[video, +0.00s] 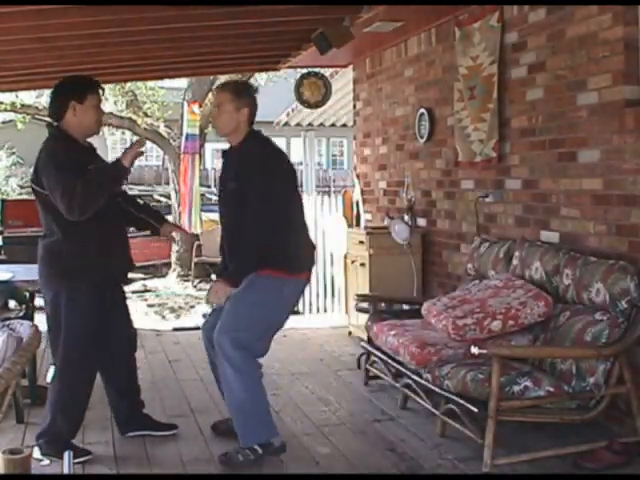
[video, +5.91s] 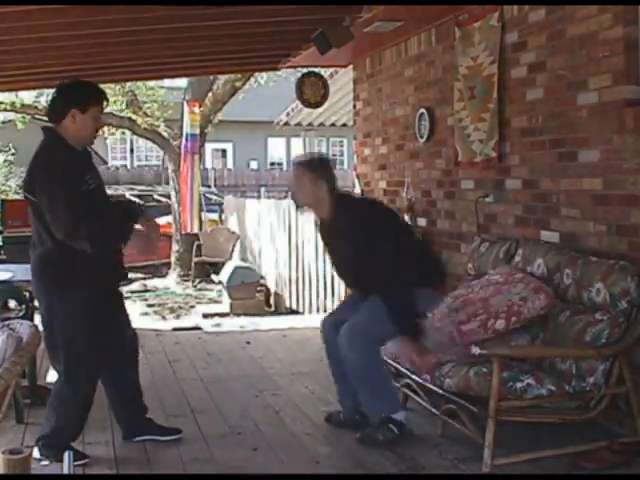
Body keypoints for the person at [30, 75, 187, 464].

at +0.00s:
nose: (102, 113)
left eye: (101, 105)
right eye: (96, 105)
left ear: (75, 109)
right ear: (74, 108)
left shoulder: (85, 153)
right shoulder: (55, 153)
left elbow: (116, 199)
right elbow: (76, 205)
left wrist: (159, 223)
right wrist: (120, 167)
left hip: (100, 273)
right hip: (71, 276)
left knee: (119, 348)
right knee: (75, 360)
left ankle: (131, 419)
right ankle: (53, 441)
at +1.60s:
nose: (106, 114)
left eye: (104, 106)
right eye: (99, 107)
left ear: (78, 114)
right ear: (74, 113)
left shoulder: (86, 156)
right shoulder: (62, 156)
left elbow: (108, 207)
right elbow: (99, 212)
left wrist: (129, 246)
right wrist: (132, 219)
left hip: (91, 274)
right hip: (62, 278)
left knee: (111, 349)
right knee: (70, 361)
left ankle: (129, 420)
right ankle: (51, 443)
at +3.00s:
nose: (105, 109)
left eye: (103, 102)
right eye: (98, 102)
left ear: (76, 109)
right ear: (74, 108)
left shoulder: (92, 152)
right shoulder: (61, 154)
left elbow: (113, 204)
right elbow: (94, 209)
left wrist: (141, 186)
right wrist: (134, 186)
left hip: (105, 275)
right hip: (73, 279)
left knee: (123, 351)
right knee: (74, 363)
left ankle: (136, 424)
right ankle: (52, 444)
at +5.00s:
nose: (115, 110)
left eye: (113, 103)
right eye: (106, 104)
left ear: (91, 109)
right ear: (80, 110)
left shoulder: (100, 154)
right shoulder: (68, 155)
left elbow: (127, 200)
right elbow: (108, 205)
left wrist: (166, 213)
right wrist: (164, 216)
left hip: (105, 275)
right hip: (71, 277)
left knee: (121, 351)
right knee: (70, 361)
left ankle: (134, 424)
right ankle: (51, 444)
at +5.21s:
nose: (108, 110)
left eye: (106, 102)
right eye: (100, 103)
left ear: (81, 110)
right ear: (73, 110)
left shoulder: (94, 154)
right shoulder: (62, 158)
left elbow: (116, 212)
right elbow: (93, 222)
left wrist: (153, 241)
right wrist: (141, 257)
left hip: (102, 273)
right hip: (69, 277)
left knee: (121, 350)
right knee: (69, 362)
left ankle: (134, 424)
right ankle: (52, 444)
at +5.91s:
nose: (101, 125)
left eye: (102, 117)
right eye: (97, 117)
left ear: (73, 117)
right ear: (72, 115)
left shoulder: (77, 157)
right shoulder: (52, 161)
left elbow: (96, 208)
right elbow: (72, 230)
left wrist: (133, 213)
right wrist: (122, 229)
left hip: (94, 278)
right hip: (67, 284)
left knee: (120, 349)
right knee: (80, 364)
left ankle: (135, 424)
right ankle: (52, 447)